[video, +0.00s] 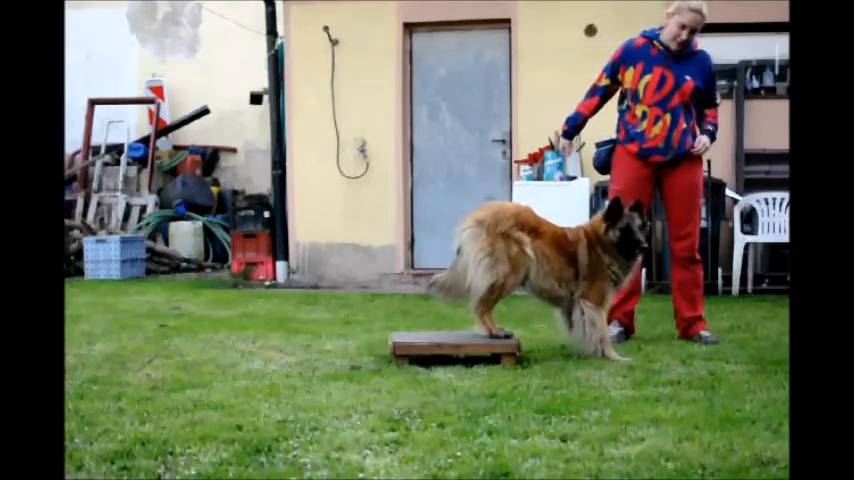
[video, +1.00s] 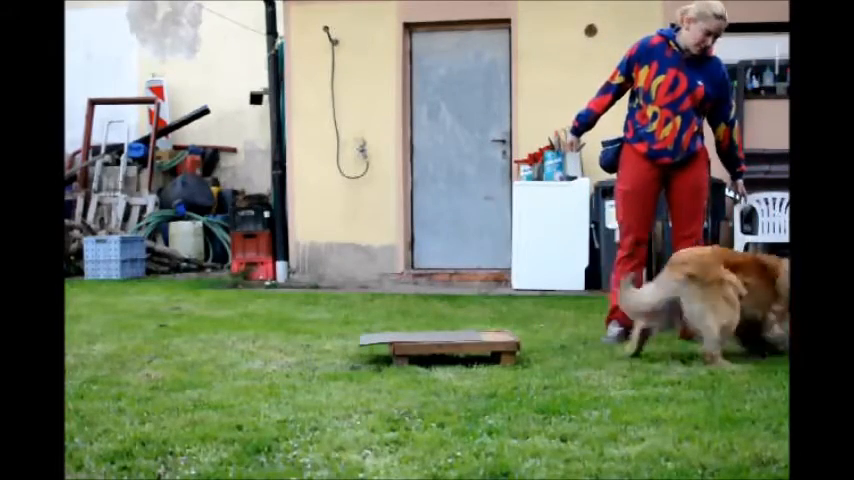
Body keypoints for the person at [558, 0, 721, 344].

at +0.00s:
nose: (684, 36)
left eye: (692, 32)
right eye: (682, 27)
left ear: (698, 33)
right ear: (667, 17)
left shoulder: (700, 62)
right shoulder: (633, 50)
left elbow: (709, 108)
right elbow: (600, 91)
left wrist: (707, 134)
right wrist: (568, 130)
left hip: (682, 158)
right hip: (633, 155)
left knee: (686, 244)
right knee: (624, 237)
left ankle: (692, 325)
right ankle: (620, 322)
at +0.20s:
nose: (686, 36)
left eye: (694, 33)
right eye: (684, 28)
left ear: (699, 34)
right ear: (669, 17)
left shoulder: (701, 62)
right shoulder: (634, 49)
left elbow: (710, 109)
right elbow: (600, 89)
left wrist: (708, 137)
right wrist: (568, 128)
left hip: (682, 159)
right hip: (633, 155)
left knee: (686, 245)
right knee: (626, 238)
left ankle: (692, 325)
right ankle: (620, 322)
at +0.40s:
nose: (691, 39)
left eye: (699, 35)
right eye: (688, 30)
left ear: (705, 35)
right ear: (674, 17)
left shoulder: (704, 64)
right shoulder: (637, 49)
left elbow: (710, 112)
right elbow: (602, 89)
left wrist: (718, 142)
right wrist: (570, 127)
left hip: (684, 157)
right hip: (634, 154)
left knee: (686, 244)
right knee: (626, 239)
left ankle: (692, 325)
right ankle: (620, 321)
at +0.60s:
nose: (699, 43)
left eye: (705, 38)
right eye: (696, 33)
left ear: (710, 38)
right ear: (680, 19)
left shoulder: (709, 70)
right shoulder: (643, 48)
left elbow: (730, 122)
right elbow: (606, 87)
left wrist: (757, 168)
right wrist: (570, 125)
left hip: (684, 158)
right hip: (635, 154)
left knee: (686, 245)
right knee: (623, 236)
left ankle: (692, 326)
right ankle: (621, 322)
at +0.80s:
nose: (707, 43)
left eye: (714, 39)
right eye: (704, 34)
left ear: (717, 38)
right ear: (686, 21)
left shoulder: (713, 71)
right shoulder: (647, 49)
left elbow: (730, 124)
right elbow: (611, 87)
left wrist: (748, 172)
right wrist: (577, 126)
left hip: (687, 160)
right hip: (638, 155)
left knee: (691, 242)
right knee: (629, 238)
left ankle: (691, 326)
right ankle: (620, 321)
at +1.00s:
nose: (709, 43)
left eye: (715, 37)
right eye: (705, 34)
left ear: (718, 36)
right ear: (686, 21)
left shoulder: (714, 71)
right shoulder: (648, 49)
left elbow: (724, 125)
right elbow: (612, 88)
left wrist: (736, 173)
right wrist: (578, 127)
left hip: (689, 159)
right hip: (640, 156)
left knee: (690, 243)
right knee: (632, 241)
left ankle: (692, 324)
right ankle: (620, 320)